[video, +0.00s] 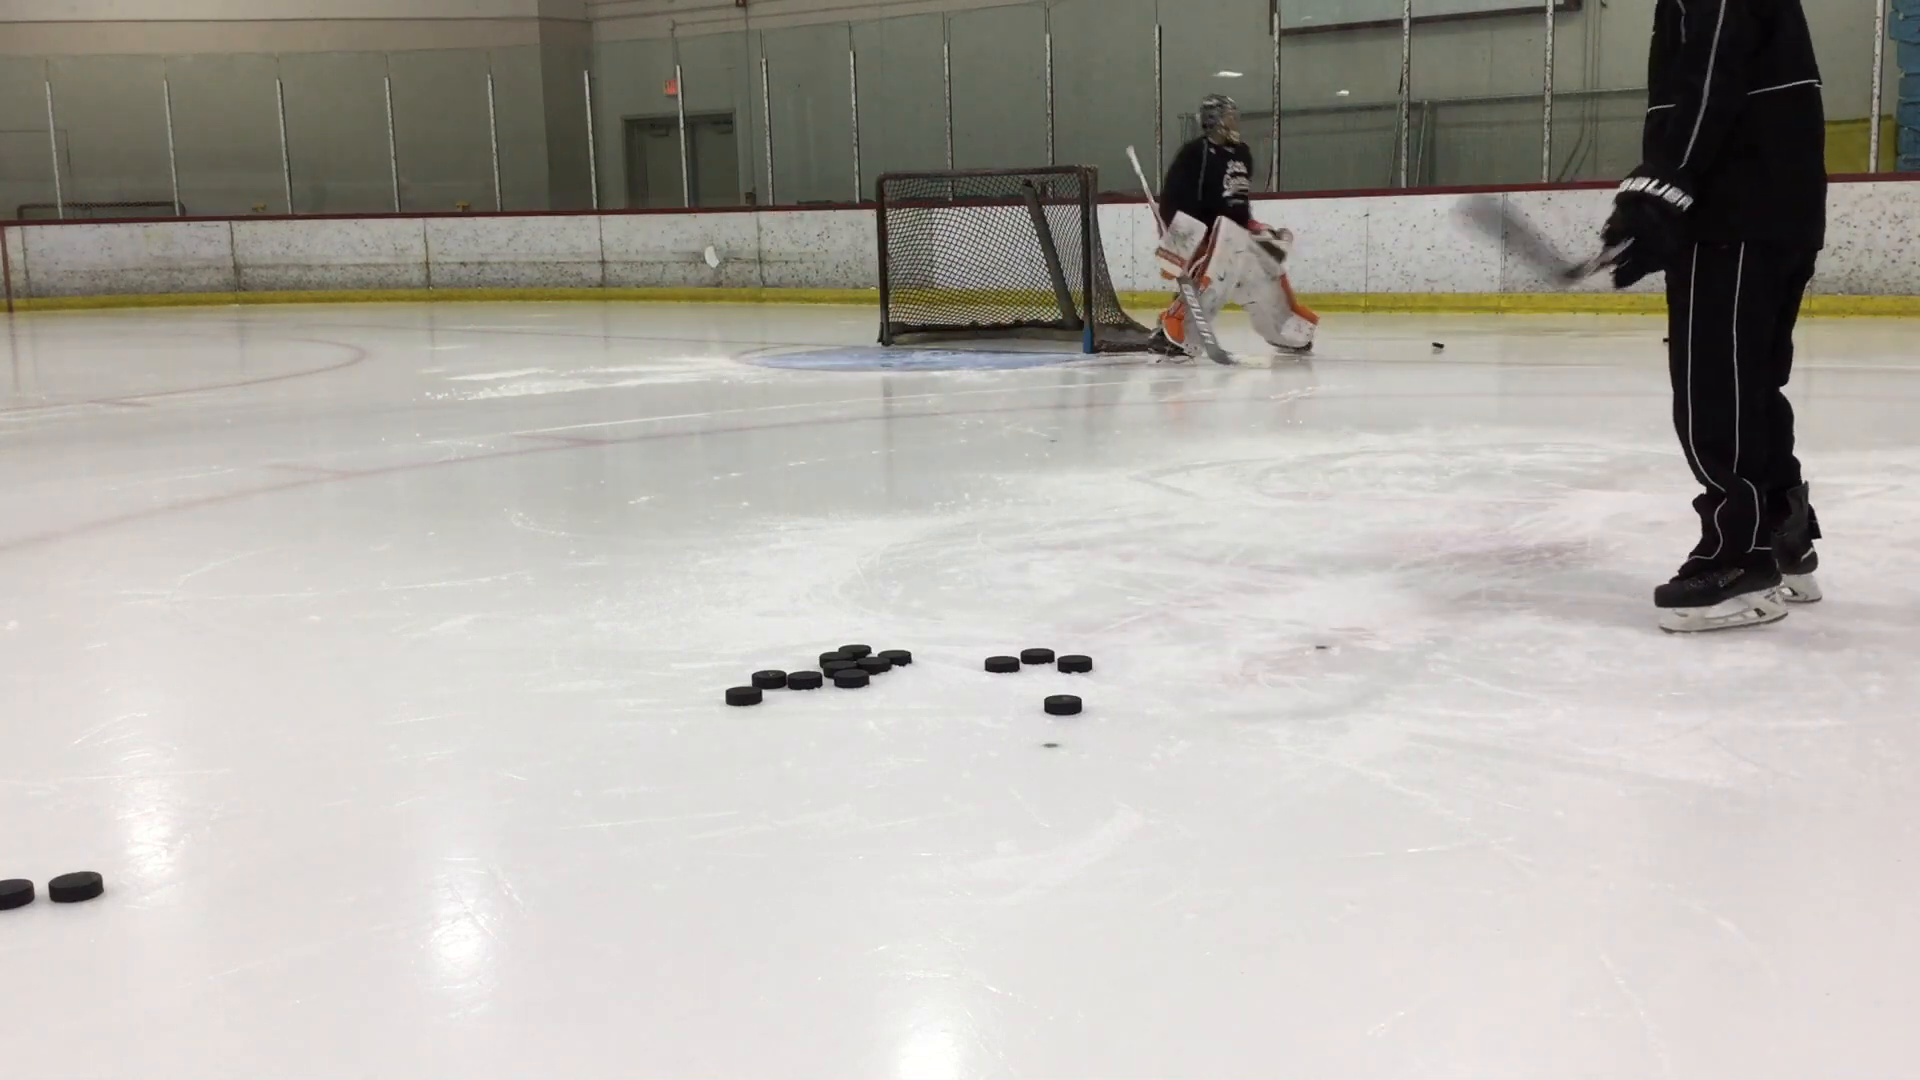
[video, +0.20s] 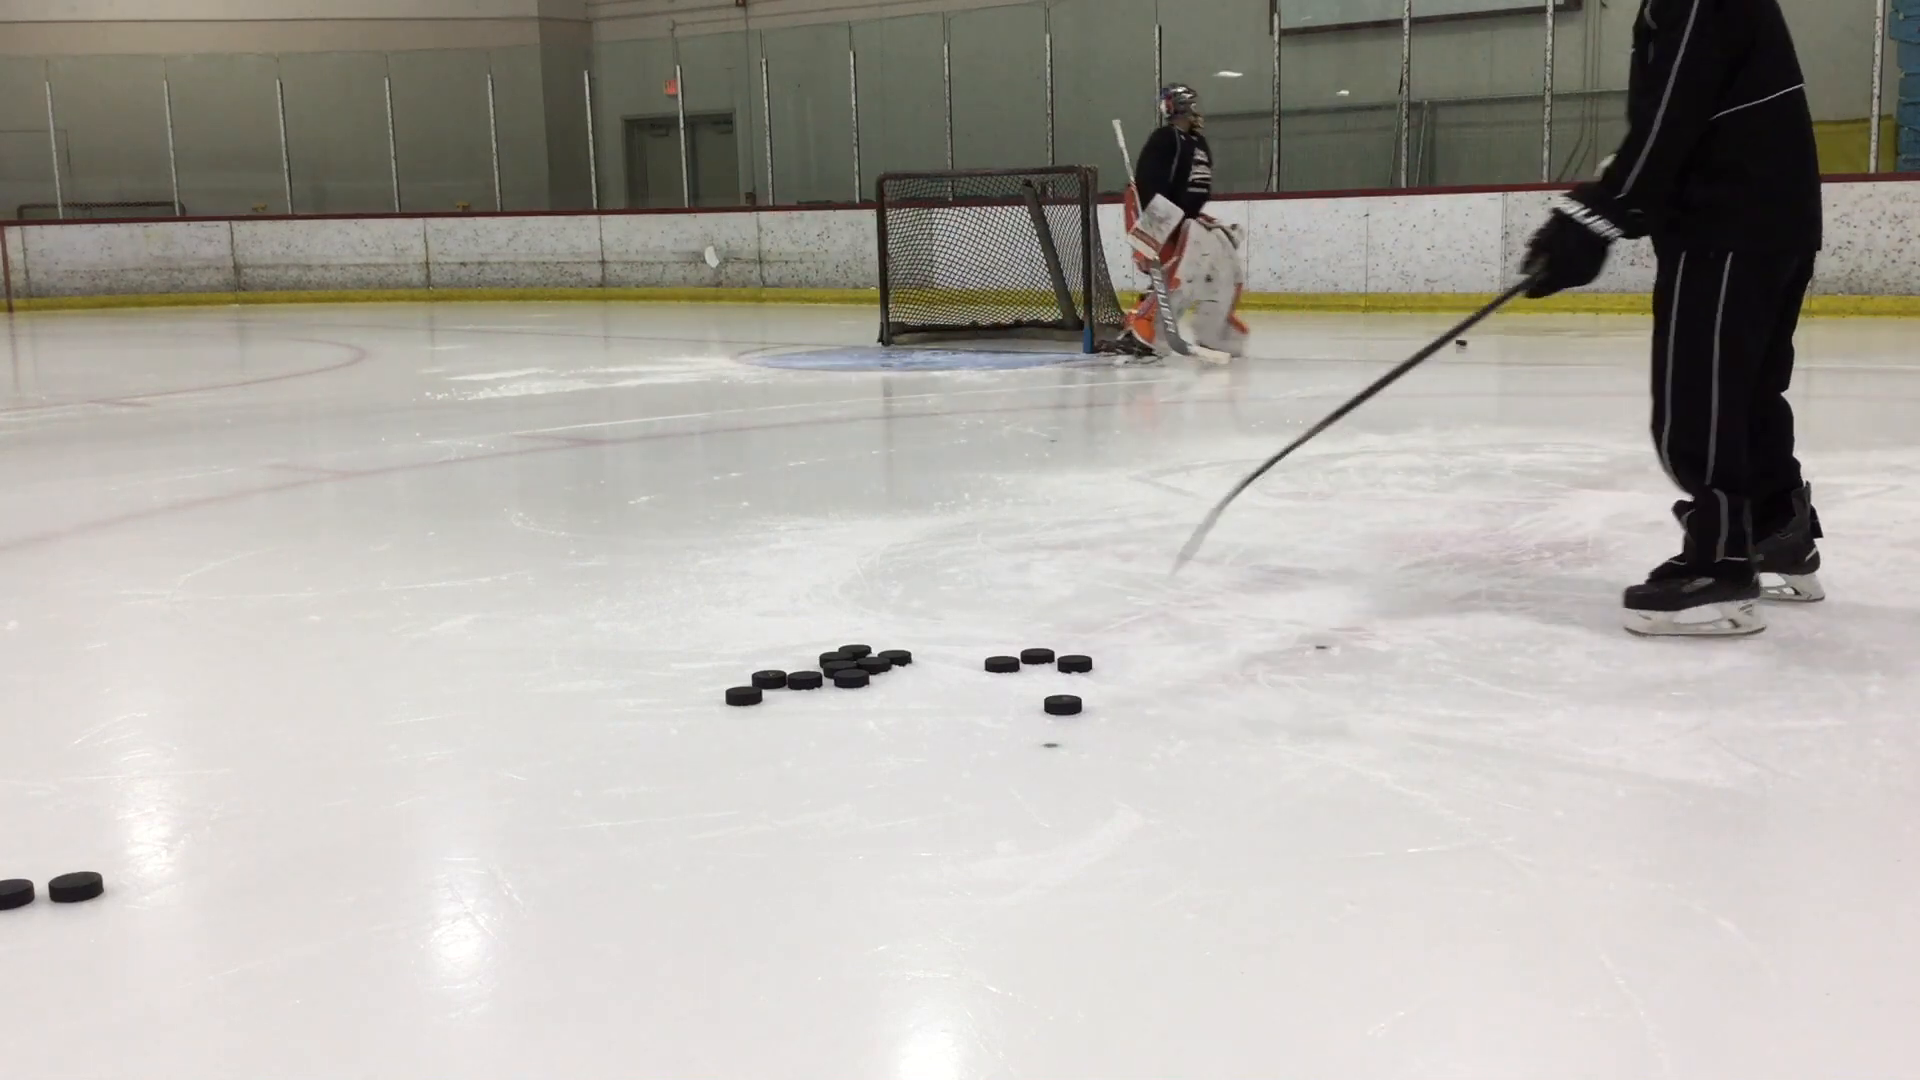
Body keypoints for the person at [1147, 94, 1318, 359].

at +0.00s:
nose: (1235, 121)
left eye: (1235, 116)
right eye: (1229, 117)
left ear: (1232, 118)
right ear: (1213, 120)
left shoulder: (1241, 152)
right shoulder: (1194, 153)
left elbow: (1237, 198)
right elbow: (1172, 203)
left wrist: (1249, 227)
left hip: (1234, 234)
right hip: (1202, 233)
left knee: (1262, 278)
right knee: (1212, 283)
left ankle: (1287, 332)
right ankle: (1173, 334)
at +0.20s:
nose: (1193, 109)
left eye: (1192, 104)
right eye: (1186, 105)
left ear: (1186, 106)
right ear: (1174, 109)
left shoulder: (1199, 140)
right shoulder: (1164, 137)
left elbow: (1198, 182)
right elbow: (1147, 180)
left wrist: (1197, 213)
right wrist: (1168, 217)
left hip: (1192, 218)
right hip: (1167, 219)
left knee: (1224, 271)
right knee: (1179, 279)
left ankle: (1214, 335)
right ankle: (1140, 333)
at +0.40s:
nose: (1161, 101)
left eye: (1161, 96)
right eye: (1156, 97)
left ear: (1157, 100)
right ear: (1146, 101)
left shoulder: (1167, 136)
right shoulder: (1136, 131)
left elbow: (1165, 177)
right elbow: (1117, 175)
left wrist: (1166, 211)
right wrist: (1116, 223)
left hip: (1159, 217)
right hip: (1133, 218)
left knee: (1183, 270)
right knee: (1129, 274)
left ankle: (1158, 327)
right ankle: (1087, 331)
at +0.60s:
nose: (1128, 93)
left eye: (1129, 87)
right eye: (1121, 88)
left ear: (1127, 92)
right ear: (1110, 93)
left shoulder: (1140, 131)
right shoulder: (1099, 123)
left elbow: (1132, 185)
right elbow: (1072, 171)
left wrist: (1156, 208)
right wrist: (1078, 223)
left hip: (1130, 219)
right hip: (1100, 217)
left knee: (1142, 272)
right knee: (1089, 278)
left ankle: (1115, 330)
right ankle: (1052, 336)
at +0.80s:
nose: (1098, 94)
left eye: (1100, 89)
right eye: (1092, 89)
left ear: (1103, 91)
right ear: (1079, 91)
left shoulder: (1110, 125)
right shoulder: (1064, 118)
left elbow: (1106, 169)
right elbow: (1038, 156)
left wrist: (1135, 181)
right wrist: (1059, 186)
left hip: (1098, 213)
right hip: (1066, 211)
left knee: (1108, 275)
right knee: (1056, 274)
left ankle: (1088, 332)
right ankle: (1030, 333)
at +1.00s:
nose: (1071, 97)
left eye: (1073, 92)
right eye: (1065, 92)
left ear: (1075, 94)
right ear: (1049, 95)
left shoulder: (1084, 126)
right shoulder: (1029, 122)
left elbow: (1101, 160)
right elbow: (1014, 166)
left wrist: (1098, 168)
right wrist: (1054, 189)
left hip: (1074, 217)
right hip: (1035, 214)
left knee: (1083, 275)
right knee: (1020, 275)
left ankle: (1062, 333)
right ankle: (997, 337)